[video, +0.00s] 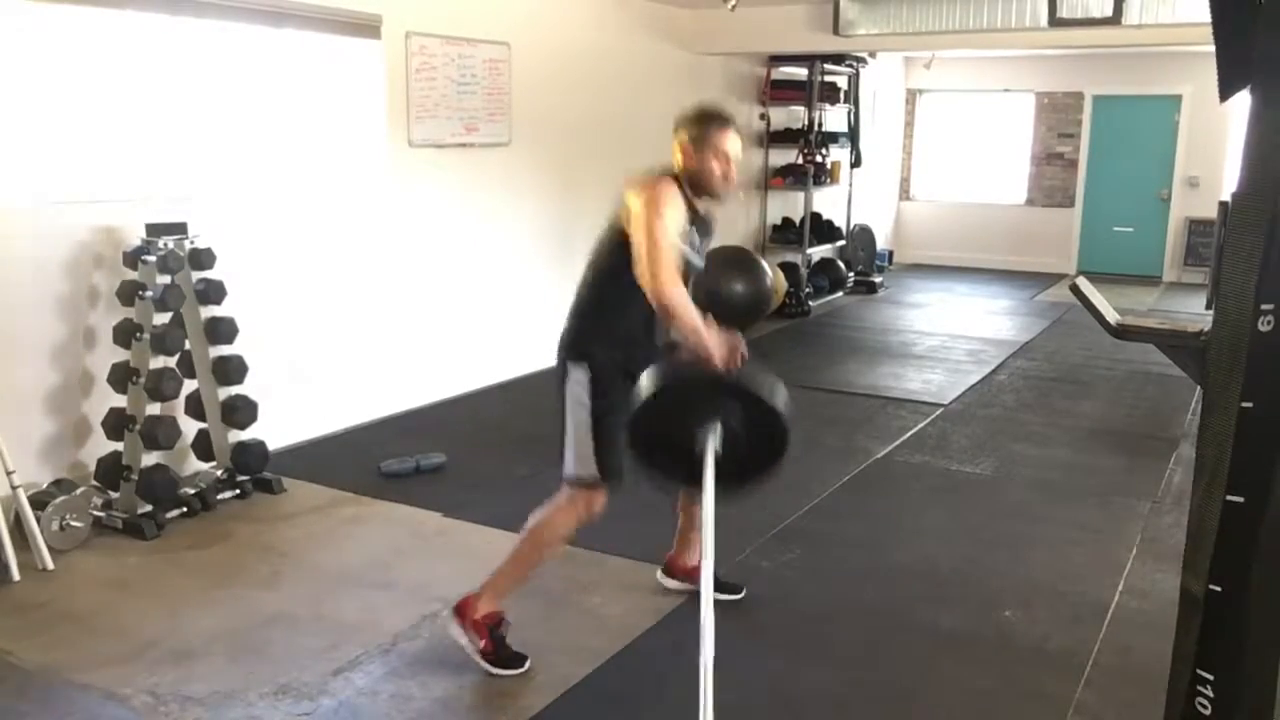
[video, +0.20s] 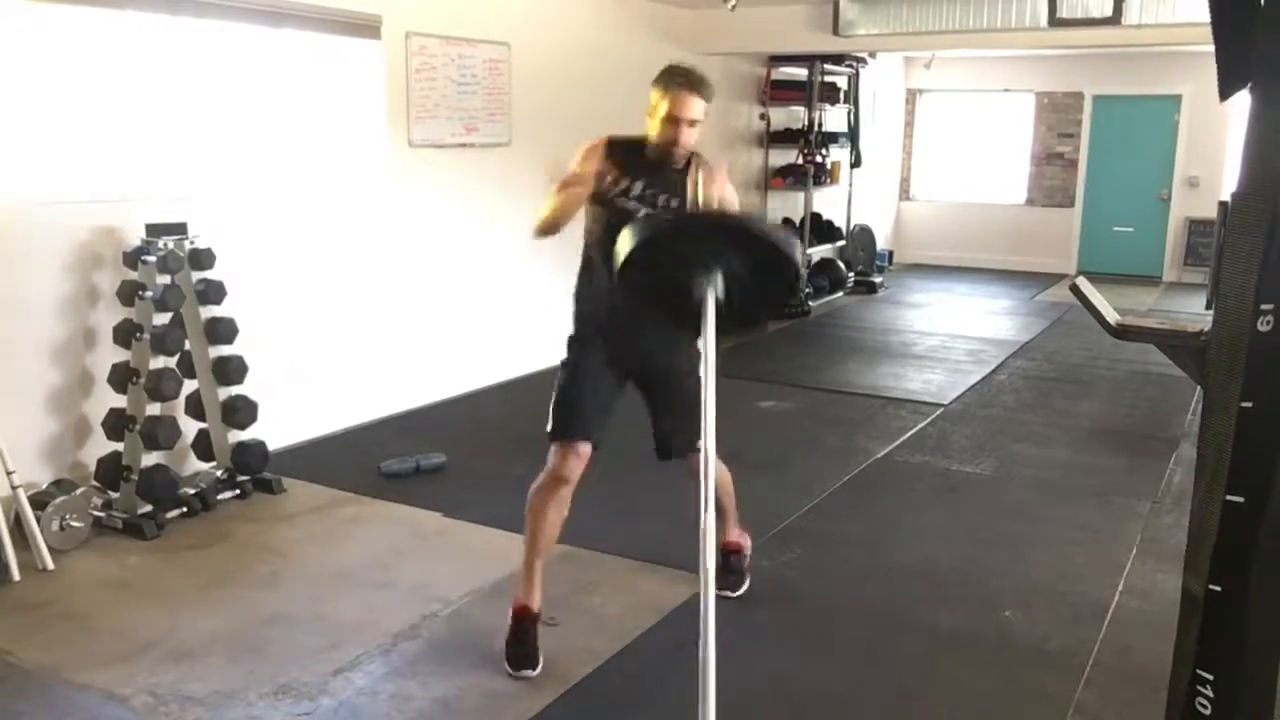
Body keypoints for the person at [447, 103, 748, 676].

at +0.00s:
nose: (731, 170)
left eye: (734, 158)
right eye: (721, 156)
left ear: (726, 158)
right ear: (687, 152)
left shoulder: (696, 214)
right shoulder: (657, 194)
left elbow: (685, 288)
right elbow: (659, 281)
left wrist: (710, 336)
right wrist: (706, 337)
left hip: (645, 356)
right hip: (596, 356)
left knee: (701, 438)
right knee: (586, 494)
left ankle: (686, 558)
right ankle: (480, 610)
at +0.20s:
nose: (680, 133)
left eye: (691, 124)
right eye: (672, 120)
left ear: (702, 125)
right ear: (649, 111)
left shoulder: (709, 180)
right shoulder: (603, 156)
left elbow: (731, 257)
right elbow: (545, 228)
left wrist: (708, 220)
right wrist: (576, 195)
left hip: (672, 338)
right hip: (600, 333)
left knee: (699, 456)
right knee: (566, 465)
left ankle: (732, 535)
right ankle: (527, 603)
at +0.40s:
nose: (653, 143)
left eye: (663, 133)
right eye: (646, 133)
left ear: (681, 147)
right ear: (630, 139)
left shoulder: (690, 198)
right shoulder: (604, 200)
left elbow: (709, 145)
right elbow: (581, 269)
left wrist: (706, 77)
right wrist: (558, 315)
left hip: (670, 370)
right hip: (603, 364)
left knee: (698, 480)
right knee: (560, 483)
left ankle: (736, 540)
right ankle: (537, 614)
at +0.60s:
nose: (626, 136)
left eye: (639, 126)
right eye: (619, 124)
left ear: (663, 133)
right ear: (607, 130)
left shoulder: (675, 187)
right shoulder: (577, 194)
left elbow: (701, 145)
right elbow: (538, 290)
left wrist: (697, 85)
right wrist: (569, 265)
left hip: (662, 362)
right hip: (589, 364)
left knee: (698, 469)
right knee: (560, 493)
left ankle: (732, 539)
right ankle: (543, 617)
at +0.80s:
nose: (669, 133)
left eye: (674, 123)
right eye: (658, 121)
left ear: (677, 123)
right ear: (621, 116)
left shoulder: (678, 167)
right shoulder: (574, 173)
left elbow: (698, 244)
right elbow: (560, 259)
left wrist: (689, 194)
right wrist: (634, 203)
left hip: (654, 336)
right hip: (584, 343)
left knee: (687, 451)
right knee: (576, 495)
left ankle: (691, 550)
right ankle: (524, 614)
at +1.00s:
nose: (711, 165)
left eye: (712, 152)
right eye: (704, 151)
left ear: (673, 150)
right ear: (668, 147)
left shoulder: (662, 206)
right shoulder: (623, 209)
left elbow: (659, 284)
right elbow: (599, 294)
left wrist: (701, 308)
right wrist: (679, 314)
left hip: (626, 353)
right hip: (581, 362)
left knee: (677, 445)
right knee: (581, 509)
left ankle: (675, 565)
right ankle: (475, 620)